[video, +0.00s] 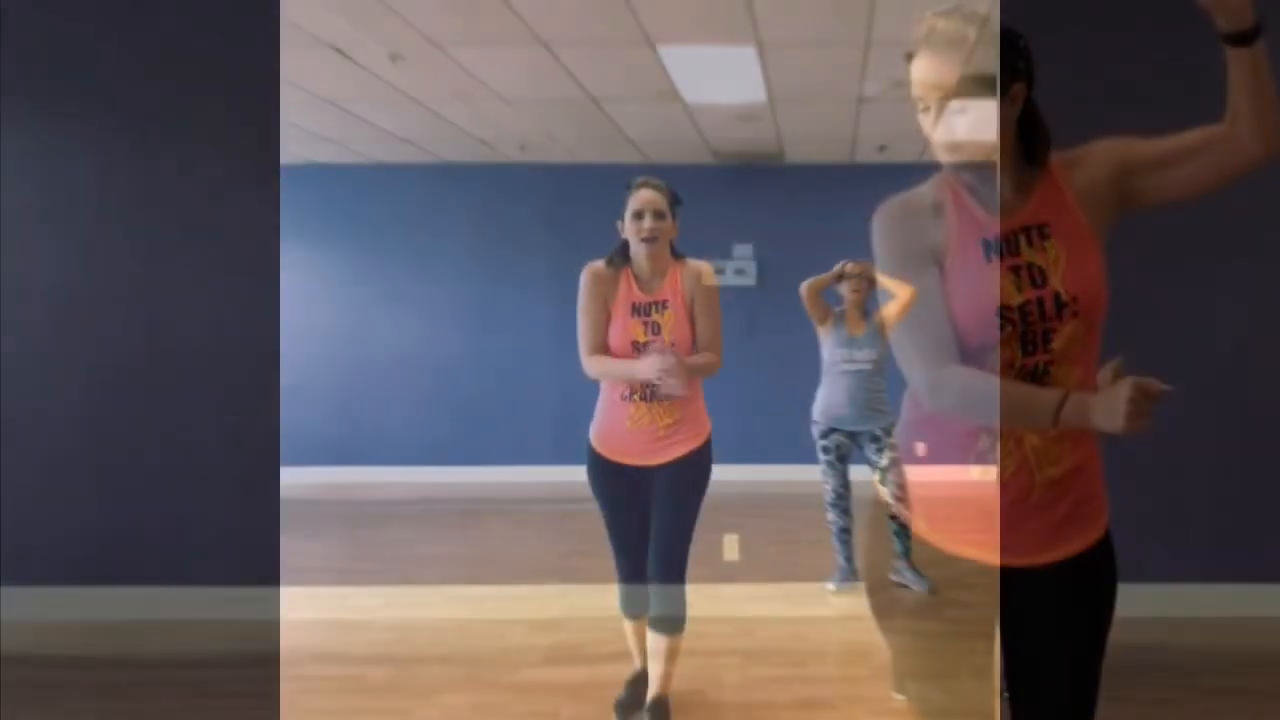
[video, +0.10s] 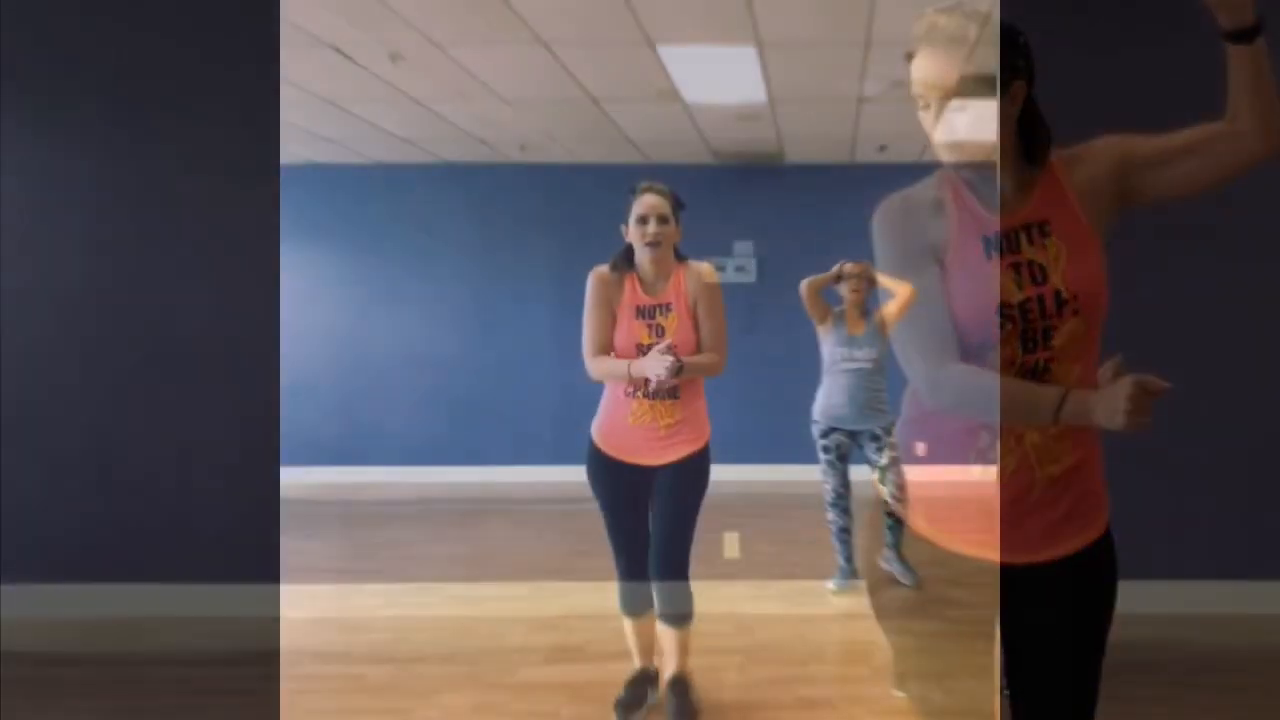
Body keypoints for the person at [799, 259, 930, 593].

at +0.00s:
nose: (856, 288)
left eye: (862, 283)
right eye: (851, 282)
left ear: (870, 290)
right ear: (840, 288)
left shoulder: (879, 324)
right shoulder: (828, 323)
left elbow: (907, 293)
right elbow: (806, 290)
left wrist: (875, 274)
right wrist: (834, 275)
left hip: (875, 420)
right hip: (831, 420)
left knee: (897, 490)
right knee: (836, 497)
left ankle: (903, 563)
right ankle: (844, 566)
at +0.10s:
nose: (855, 288)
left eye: (860, 284)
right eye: (849, 283)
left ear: (869, 290)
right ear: (839, 289)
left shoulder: (880, 322)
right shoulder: (827, 321)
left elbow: (907, 292)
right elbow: (806, 288)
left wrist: (875, 275)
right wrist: (834, 275)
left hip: (874, 418)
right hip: (831, 419)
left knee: (894, 488)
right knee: (836, 495)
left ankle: (892, 553)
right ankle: (845, 566)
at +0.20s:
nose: (856, 285)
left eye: (862, 280)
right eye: (850, 280)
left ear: (871, 287)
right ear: (840, 287)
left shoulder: (881, 322)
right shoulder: (829, 321)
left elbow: (909, 289)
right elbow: (806, 285)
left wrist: (876, 275)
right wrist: (833, 276)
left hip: (875, 420)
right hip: (832, 420)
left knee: (892, 488)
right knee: (837, 494)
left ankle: (890, 546)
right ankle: (845, 568)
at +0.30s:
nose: (858, 284)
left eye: (864, 279)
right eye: (853, 279)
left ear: (874, 286)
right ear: (843, 287)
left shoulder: (885, 321)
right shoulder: (831, 320)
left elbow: (911, 286)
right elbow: (808, 283)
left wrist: (878, 275)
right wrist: (837, 276)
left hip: (877, 419)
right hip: (835, 419)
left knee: (890, 490)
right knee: (839, 493)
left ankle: (892, 550)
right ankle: (846, 566)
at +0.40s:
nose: (863, 285)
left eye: (869, 279)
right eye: (858, 280)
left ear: (878, 286)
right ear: (848, 287)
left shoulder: (889, 322)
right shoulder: (836, 320)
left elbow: (915, 284)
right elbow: (812, 282)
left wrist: (882, 276)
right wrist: (842, 277)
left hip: (881, 420)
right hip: (839, 419)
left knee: (890, 492)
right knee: (842, 494)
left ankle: (891, 554)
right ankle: (845, 565)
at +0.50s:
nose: (869, 285)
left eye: (874, 280)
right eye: (863, 280)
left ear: (883, 287)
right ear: (854, 288)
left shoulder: (895, 321)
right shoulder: (842, 319)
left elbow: (920, 282)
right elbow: (818, 281)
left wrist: (889, 277)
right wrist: (848, 279)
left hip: (887, 419)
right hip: (845, 418)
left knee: (892, 493)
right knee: (845, 493)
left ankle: (889, 556)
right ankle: (846, 565)